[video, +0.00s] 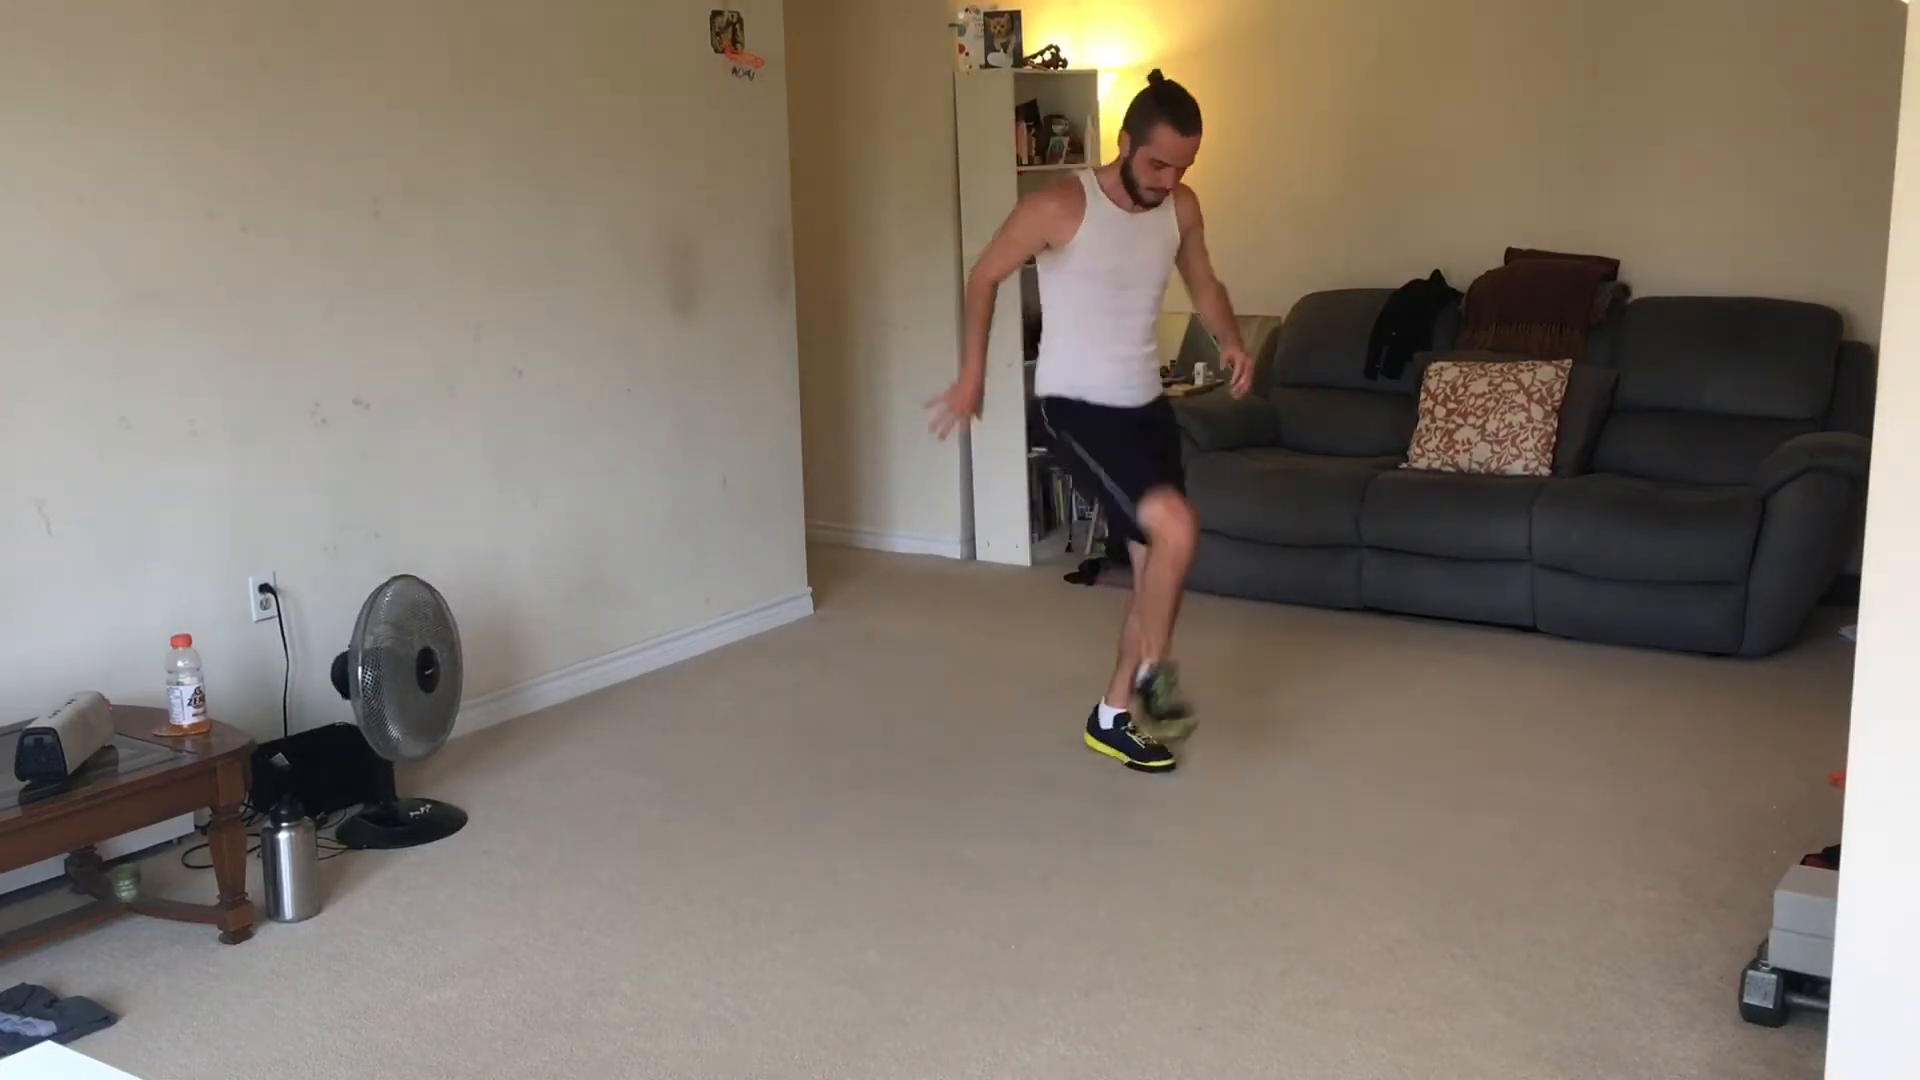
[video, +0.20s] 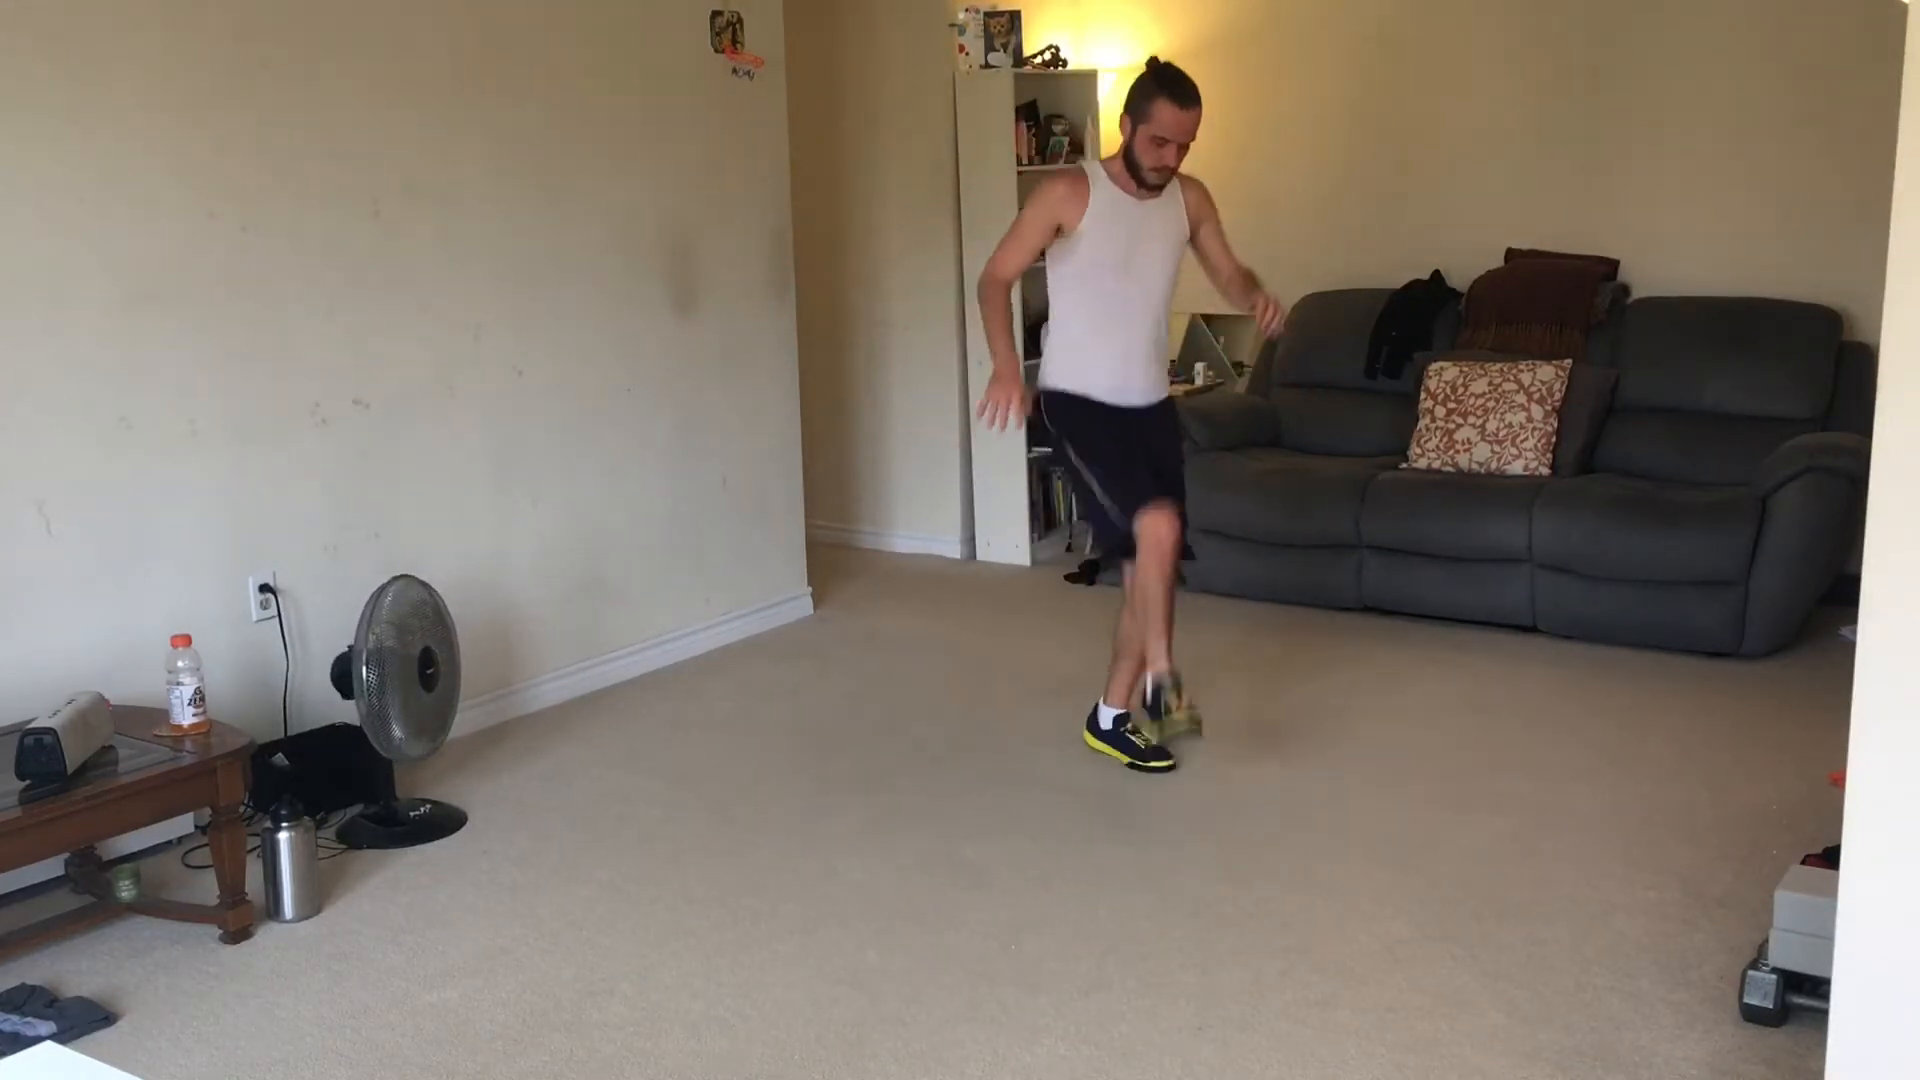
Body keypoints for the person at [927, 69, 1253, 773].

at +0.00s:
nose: (1168, 179)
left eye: (1180, 167)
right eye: (1157, 163)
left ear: (1190, 155)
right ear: (1124, 142)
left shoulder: (1179, 206)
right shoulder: (1060, 203)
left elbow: (1204, 285)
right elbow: (982, 277)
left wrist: (1231, 341)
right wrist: (971, 376)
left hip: (1146, 405)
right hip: (1073, 405)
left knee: (1153, 571)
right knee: (1175, 527)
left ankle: (1114, 714)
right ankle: (1150, 675)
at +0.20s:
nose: (1172, 157)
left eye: (1183, 143)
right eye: (1159, 141)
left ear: (1192, 137)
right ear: (1127, 125)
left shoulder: (1188, 198)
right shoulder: (1070, 192)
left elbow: (1229, 277)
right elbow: (994, 279)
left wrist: (1257, 296)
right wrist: (1004, 367)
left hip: (1150, 402)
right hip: (1076, 399)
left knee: (1157, 559)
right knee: (1157, 522)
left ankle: (1111, 715)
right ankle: (1162, 687)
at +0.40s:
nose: (1179, 154)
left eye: (1191, 142)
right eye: (1167, 138)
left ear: (1202, 132)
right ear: (1134, 118)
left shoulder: (1195, 193)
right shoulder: (1076, 177)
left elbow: (1219, 285)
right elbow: (984, 252)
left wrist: (1261, 328)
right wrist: (1000, 311)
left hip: (1143, 394)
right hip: (1063, 391)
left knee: (1129, 569)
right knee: (1060, 343)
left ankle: (1098, 725)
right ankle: (1207, 419)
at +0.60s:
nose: (1185, 189)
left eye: (1199, 178)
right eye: (1175, 172)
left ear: (1213, 168)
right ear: (1146, 149)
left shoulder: (1199, 230)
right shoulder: (1078, 199)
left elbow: (1213, 316)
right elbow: (977, 255)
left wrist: (1239, 390)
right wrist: (986, 321)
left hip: (1128, 412)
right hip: (1047, 397)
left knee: (1135, 580)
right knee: (1088, 493)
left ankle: (1094, 741)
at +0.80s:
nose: (1189, 193)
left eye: (1204, 183)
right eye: (1180, 176)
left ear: (1218, 168)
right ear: (1150, 146)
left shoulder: (1209, 222)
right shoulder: (1079, 178)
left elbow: (1250, 301)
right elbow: (981, 210)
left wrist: (1243, 379)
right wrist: (969, 286)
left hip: (1111, 412)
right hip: (1025, 392)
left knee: (1098, 585)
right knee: (1004, 528)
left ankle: (1094, 727)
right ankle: (1101, 549)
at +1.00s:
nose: (1163, 288)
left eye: (1178, 279)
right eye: (1155, 273)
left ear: (1197, 260)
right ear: (1129, 238)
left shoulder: (1193, 302)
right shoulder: (1067, 240)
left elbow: (1261, 385)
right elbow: (988, 262)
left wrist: (1235, 470)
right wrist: (968, 350)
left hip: (1104, 471)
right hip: (1028, 450)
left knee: (1048, 623)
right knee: (957, 574)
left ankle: (1062, 755)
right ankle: (1094, 653)